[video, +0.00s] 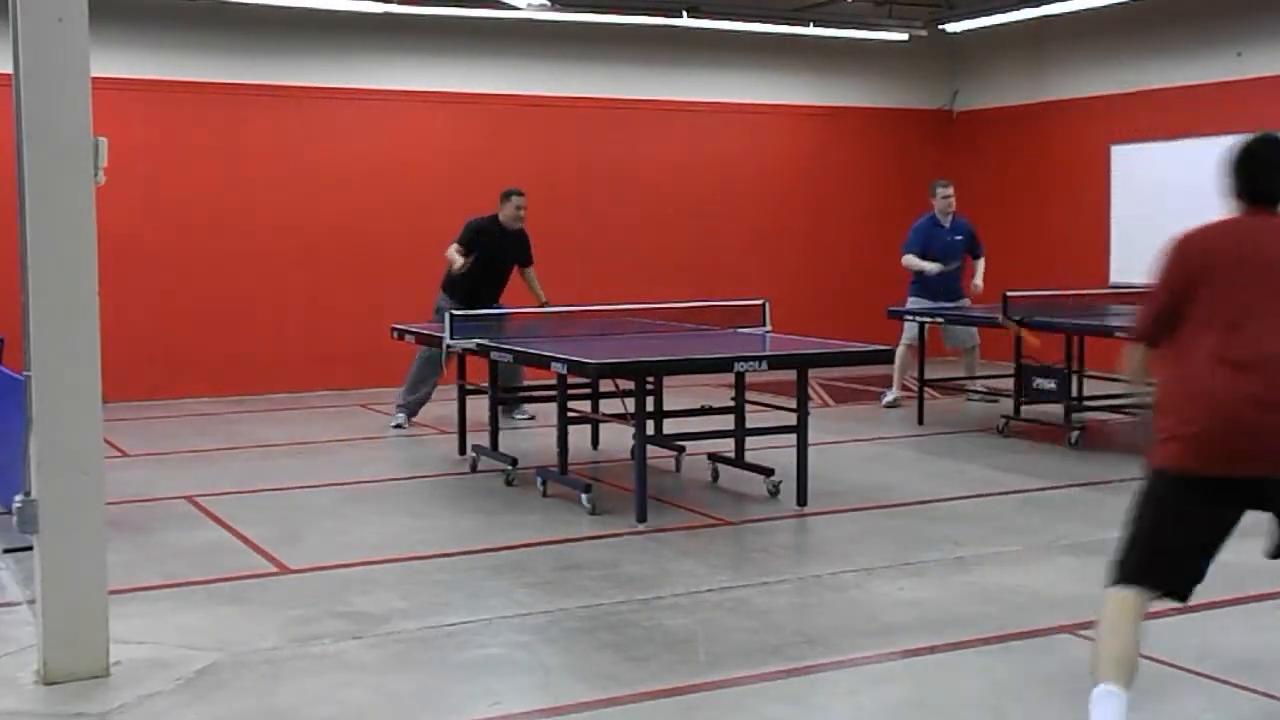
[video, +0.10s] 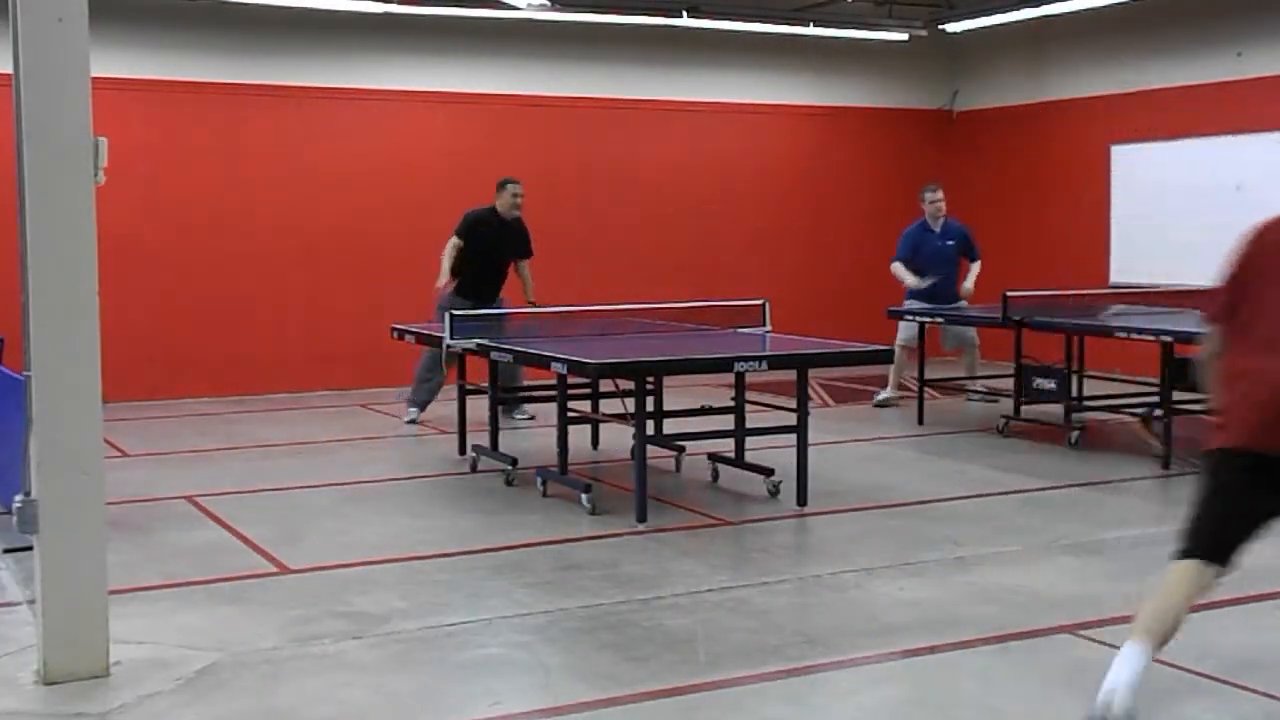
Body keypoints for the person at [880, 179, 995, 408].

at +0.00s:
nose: (951, 201)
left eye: (952, 197)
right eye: (945, 198)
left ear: (956, 198)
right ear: (933, 201)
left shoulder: (964, 228)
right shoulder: (921, 228)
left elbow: (978, 255)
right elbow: (907, 258)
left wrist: (978, 278)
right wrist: (926, 266)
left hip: (955, 297)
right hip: (922, 297)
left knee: (971, 343)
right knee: (908, 342)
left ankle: (973, 387)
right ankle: (896, 390)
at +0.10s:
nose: (939, 206)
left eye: (942, 201)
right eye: (933, 202)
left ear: (946, 202)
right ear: (923, 206)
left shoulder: (957, 231)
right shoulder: (912, 233)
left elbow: (975, 259)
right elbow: (896, 264)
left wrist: (970, 282)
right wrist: (911, 279)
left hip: (952, 300)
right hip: (919, 301)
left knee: (971, 343)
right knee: (902, 344)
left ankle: (973, 387)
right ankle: (892, 389)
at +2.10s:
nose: (942, 197)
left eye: (945, 193)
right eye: (937, 194)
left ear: (950, 194)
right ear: (927, 197)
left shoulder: (965, 217)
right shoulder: (922, 223)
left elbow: (986, 244)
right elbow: (924, 252)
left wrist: (971, 260)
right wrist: (940, 230)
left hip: (966, 292)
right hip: (935, 293)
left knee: (983, 338)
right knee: (927, 343)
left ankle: (990, 382)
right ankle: (920, 388)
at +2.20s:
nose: (952, 196)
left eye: (954, 192)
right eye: (946, 192)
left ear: (957, 193)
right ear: (934, 195)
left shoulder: (967, 218)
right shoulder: (925, 225)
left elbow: (983, 245)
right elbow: (925, 255)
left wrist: (978, 262)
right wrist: (948, 239)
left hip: (966, 292)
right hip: (936, 294)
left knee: (982, 338)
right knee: (927, 344)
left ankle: (990, 383)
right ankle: (920, 389)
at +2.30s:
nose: (961, 198)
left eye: (962, 194)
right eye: (955, 194)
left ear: (965, 196)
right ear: (942, 197)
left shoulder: (970, 221)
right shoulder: (932, 226)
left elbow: (983, 247)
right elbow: (929, 259)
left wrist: (986, 266)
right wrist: (958, 251)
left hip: (967, 293)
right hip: (938, 295)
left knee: (981, 340)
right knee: (928, 345)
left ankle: (990, 384)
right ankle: (919, 389)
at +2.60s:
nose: (975, 197)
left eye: (977, 193)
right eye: (970, 193)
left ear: (980, 195)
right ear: (957, 196)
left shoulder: (986, 223)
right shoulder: (944, 224)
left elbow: (996, 250)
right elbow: (932, 252)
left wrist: (1001, 267)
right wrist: (948, 259)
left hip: (980, 295)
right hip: (949, 297)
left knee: (994, 342)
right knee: (935, 346)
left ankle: (993, 385)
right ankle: (918, 389)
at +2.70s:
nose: (971, 199)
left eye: (974, 194)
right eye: (966, 195)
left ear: (977, 196)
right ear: (954, 198)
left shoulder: (987, 224)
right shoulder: (943, 225)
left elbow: (1000, 251)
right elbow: (933, 253)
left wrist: (1001, 268)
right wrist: (940, 272)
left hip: (981, 295)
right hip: (949, 296)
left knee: (995, 344)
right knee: (934, 346)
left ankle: (993, 385)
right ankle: (918, 388)